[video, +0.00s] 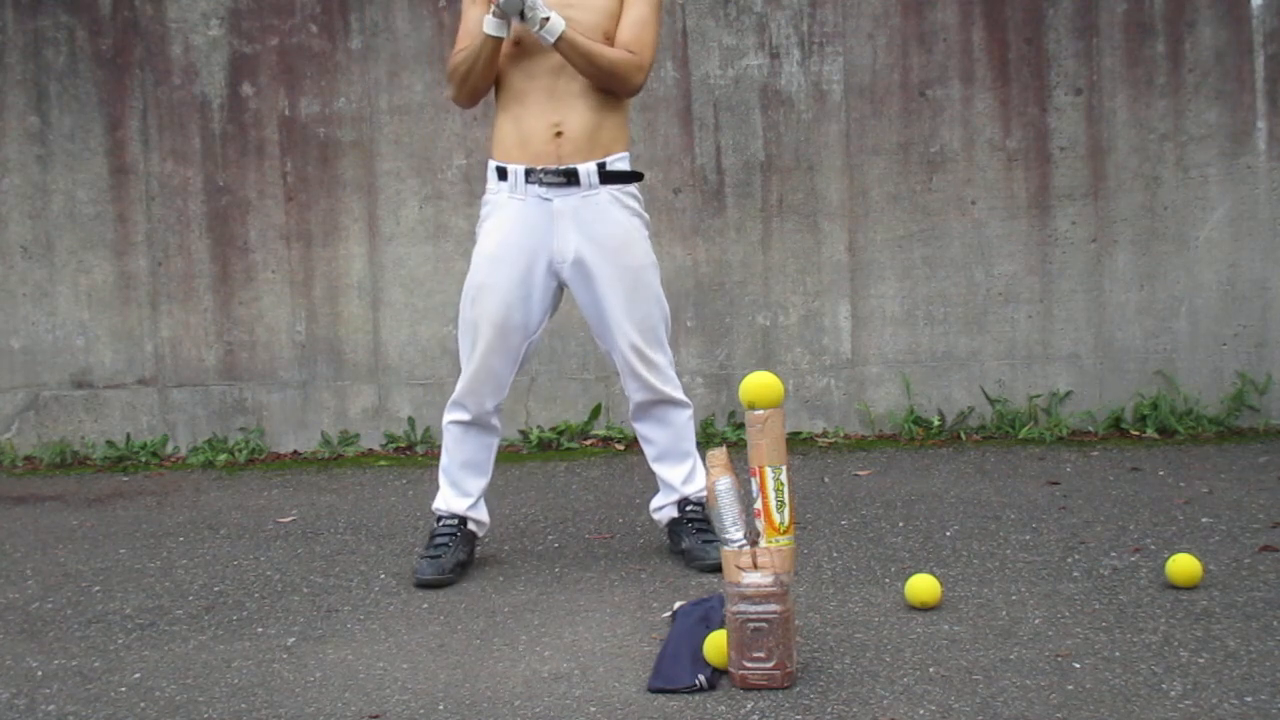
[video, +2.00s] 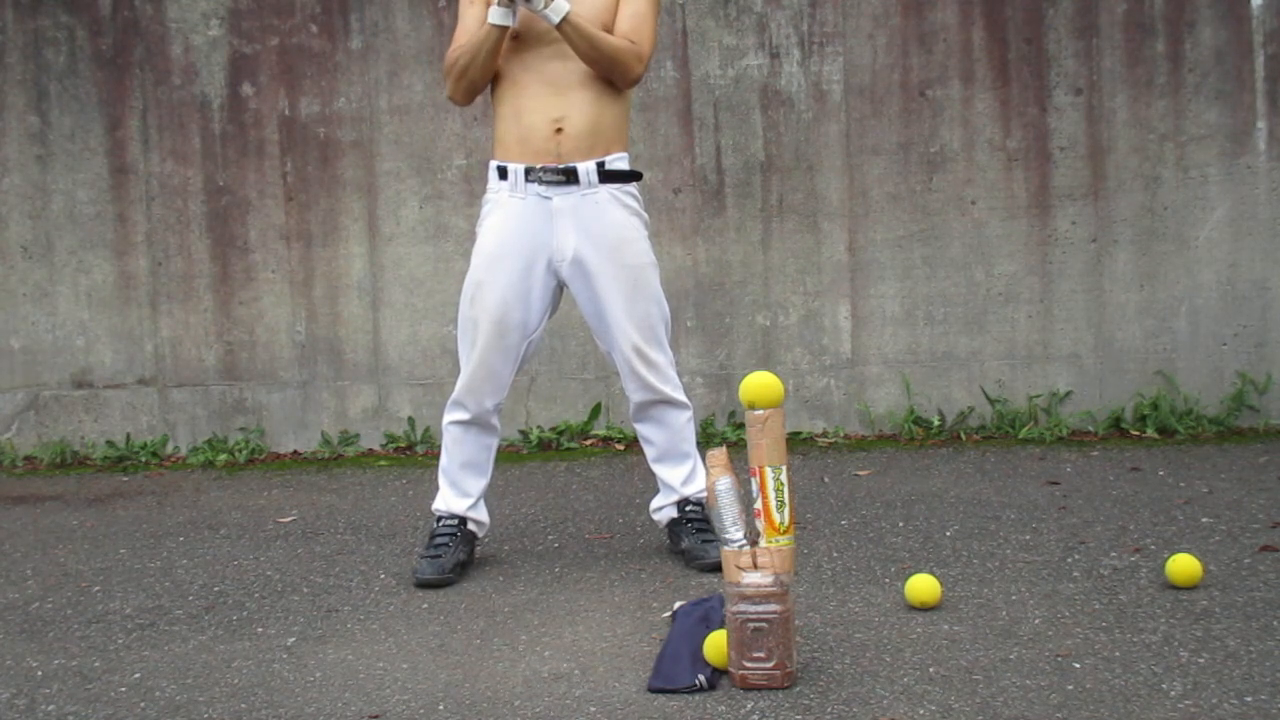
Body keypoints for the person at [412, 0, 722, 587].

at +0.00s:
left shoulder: (636, 0)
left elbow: (629, 76)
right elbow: (463, 91)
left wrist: (553, 27)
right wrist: (497, 27)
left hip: (605, 196)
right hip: (513, 198)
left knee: (647, 364)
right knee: (480, 375)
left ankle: (686, 507)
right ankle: (455, 517)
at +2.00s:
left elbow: (629, 68)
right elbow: (460, 88)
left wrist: (560, 15)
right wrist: (499, 16)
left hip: (605, 195)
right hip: (513, 197)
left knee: (647, 362)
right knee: (480, 373)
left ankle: (686, 507)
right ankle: (455, 517)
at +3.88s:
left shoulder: (662, 3)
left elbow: (645, 23)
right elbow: (453, 12)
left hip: (628, 215)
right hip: (531, 212)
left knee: (686, 377)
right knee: (477, 381)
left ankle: (723, 515)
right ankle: (452, 518)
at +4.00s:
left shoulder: (669, 8)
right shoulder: (533, 2)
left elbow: (643, 7)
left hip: (636, 222)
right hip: (539, 219)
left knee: (693, 382)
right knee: (476, 382)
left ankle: (725, 516)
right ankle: (446, 509)